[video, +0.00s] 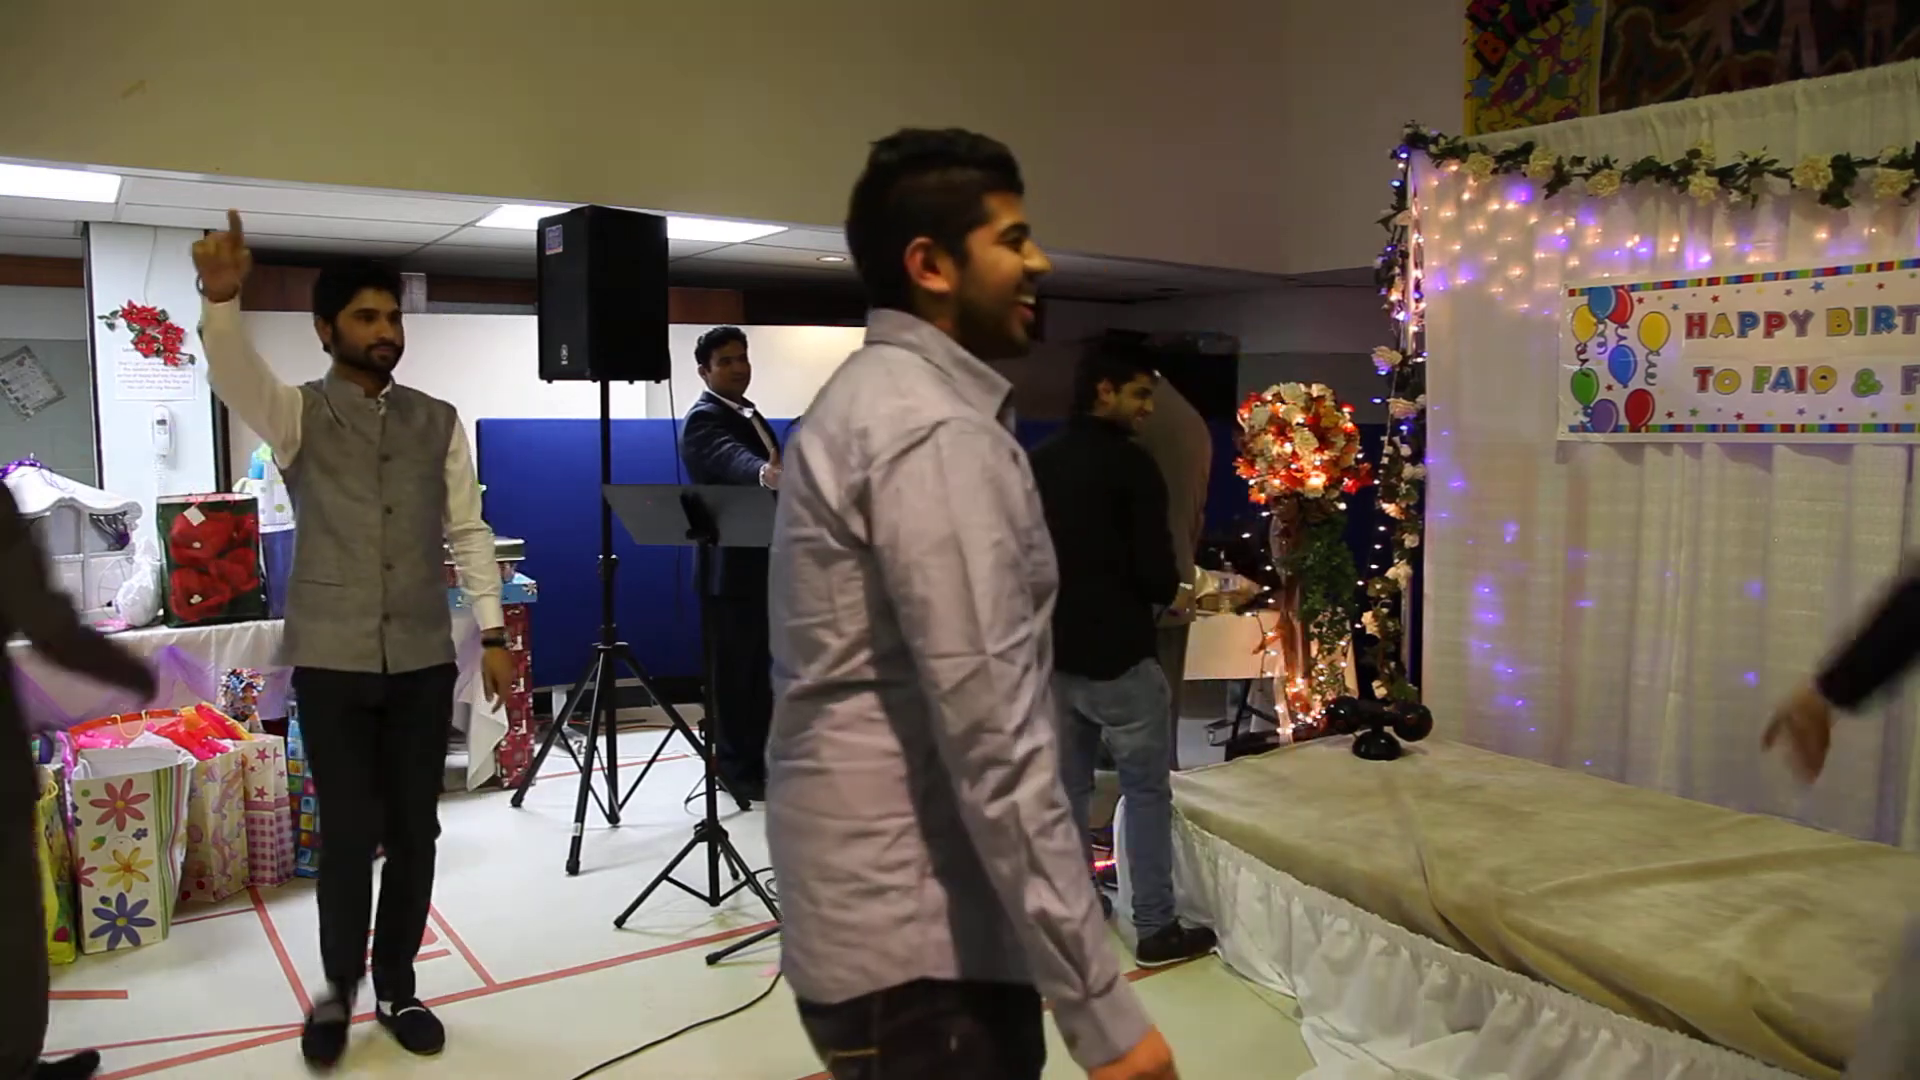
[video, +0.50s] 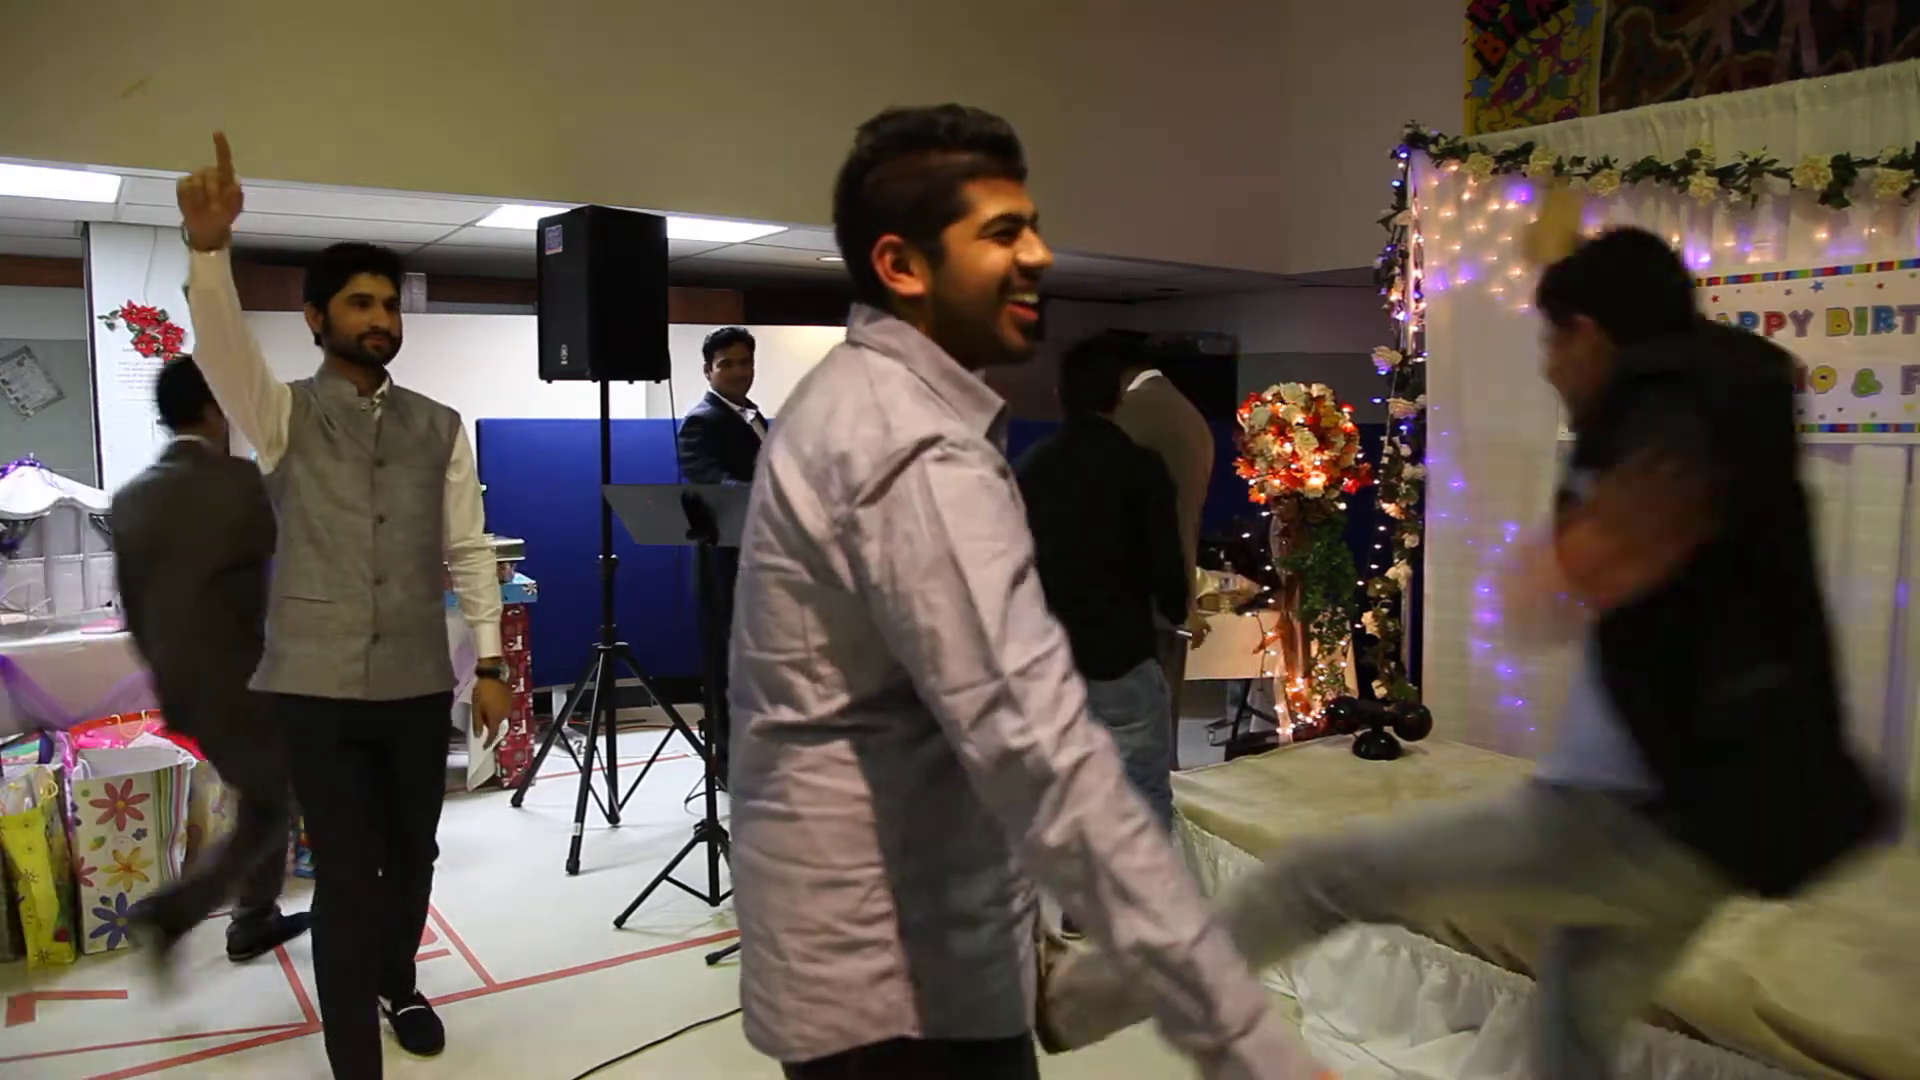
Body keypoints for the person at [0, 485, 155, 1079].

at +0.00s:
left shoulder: (6, 513)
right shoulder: (2, 512)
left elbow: (49, 626)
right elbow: (53, 629)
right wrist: (141, 673)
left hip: (7, 756)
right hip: (3, 756)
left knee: (18, 902)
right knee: (15, 900)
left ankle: (20, 1053)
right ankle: (18, 1056)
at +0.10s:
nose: (39, 373)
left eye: (36, 357)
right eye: (31, 358)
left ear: (6, 363)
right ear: (8, 366)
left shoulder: (29, 465)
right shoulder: (32, 468)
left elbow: (98, 588)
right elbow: (101, 589)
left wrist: (159, 633)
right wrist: (171, 642)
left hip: (22, 714)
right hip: (22, 719)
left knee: (23, 892)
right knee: (26, 895)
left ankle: (20, 1042)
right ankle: (18, 1052)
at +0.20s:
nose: (96, 377)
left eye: (90, 363)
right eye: (88, 365)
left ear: (20, 379)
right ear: (63, 375)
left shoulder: (8, 459)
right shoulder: (96, 474)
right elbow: (159, 579)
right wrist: (206, 618)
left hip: (21, 696)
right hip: (73, 702)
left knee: (107, 831)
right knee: (47, 884)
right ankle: (19, 1055)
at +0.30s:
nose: (143, 398)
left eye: (137, 385)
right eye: (136, 387)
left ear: (69, 401)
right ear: (119, 397)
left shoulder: (34, 497)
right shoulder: (148, 485)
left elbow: (22, 616)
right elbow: (213, 570)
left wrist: (49, 689)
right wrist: (256, 609)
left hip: (71, 710)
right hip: (134, 711)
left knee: (166, 824)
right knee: (86, 886)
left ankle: (231, 921)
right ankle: (23, 1051)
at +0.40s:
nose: (188, 412)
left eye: (183, 400)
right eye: (183, 401)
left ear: (123, 411)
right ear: (167, 408)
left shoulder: (83, 501)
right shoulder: (202, 488)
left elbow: (83, 618)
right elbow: (273, 575)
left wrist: (113, 695)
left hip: (130, 695)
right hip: (190, 691)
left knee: (229, 798)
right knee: (175, 855)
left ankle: (251, 922)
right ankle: (58, 1007)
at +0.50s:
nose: (234, 419)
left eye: (228, 406)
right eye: (229, 406)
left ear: (166, 415)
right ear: (216, 410)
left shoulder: (131, 499)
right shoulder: (240, 483)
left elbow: (134, 607)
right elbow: (278, 579)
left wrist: (168, 677)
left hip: (181, 682)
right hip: (240, 675)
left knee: (265, 793)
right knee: (266, 804)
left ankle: (256, 918)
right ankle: (170, 913)